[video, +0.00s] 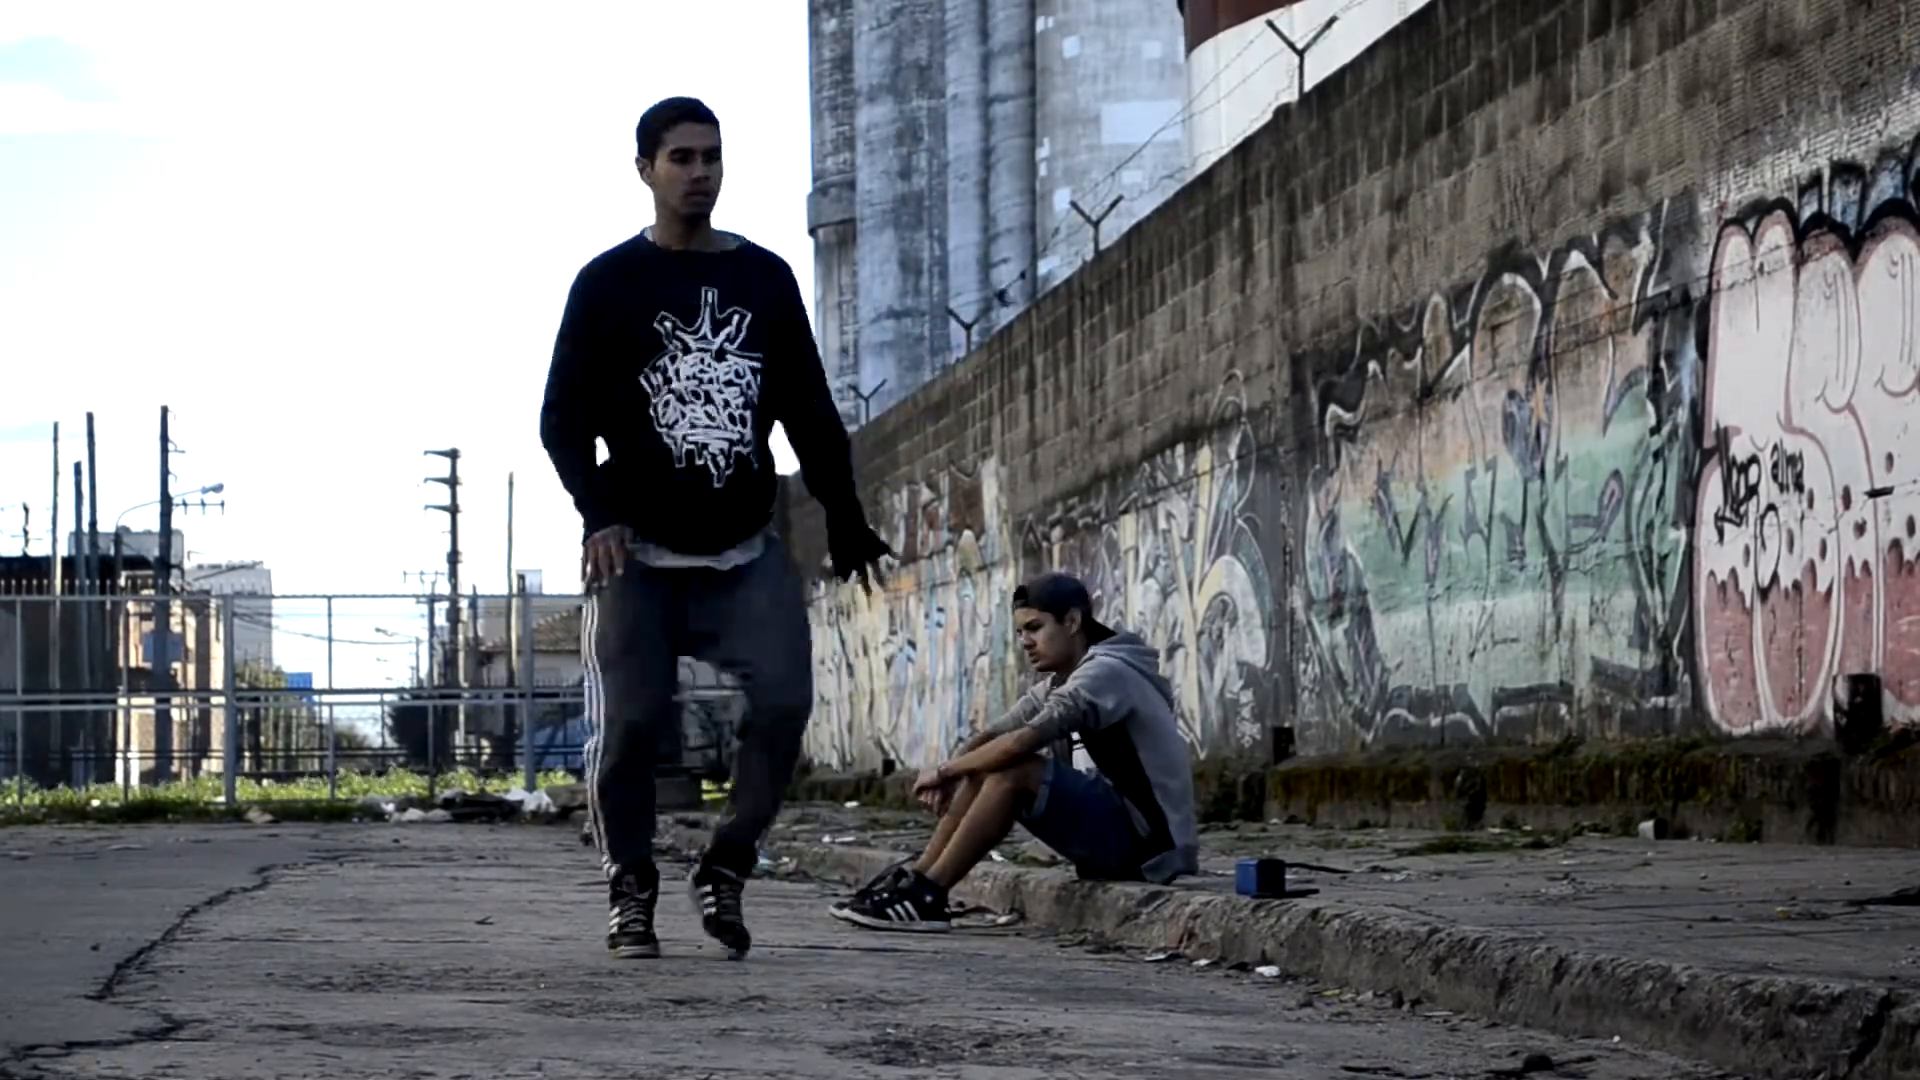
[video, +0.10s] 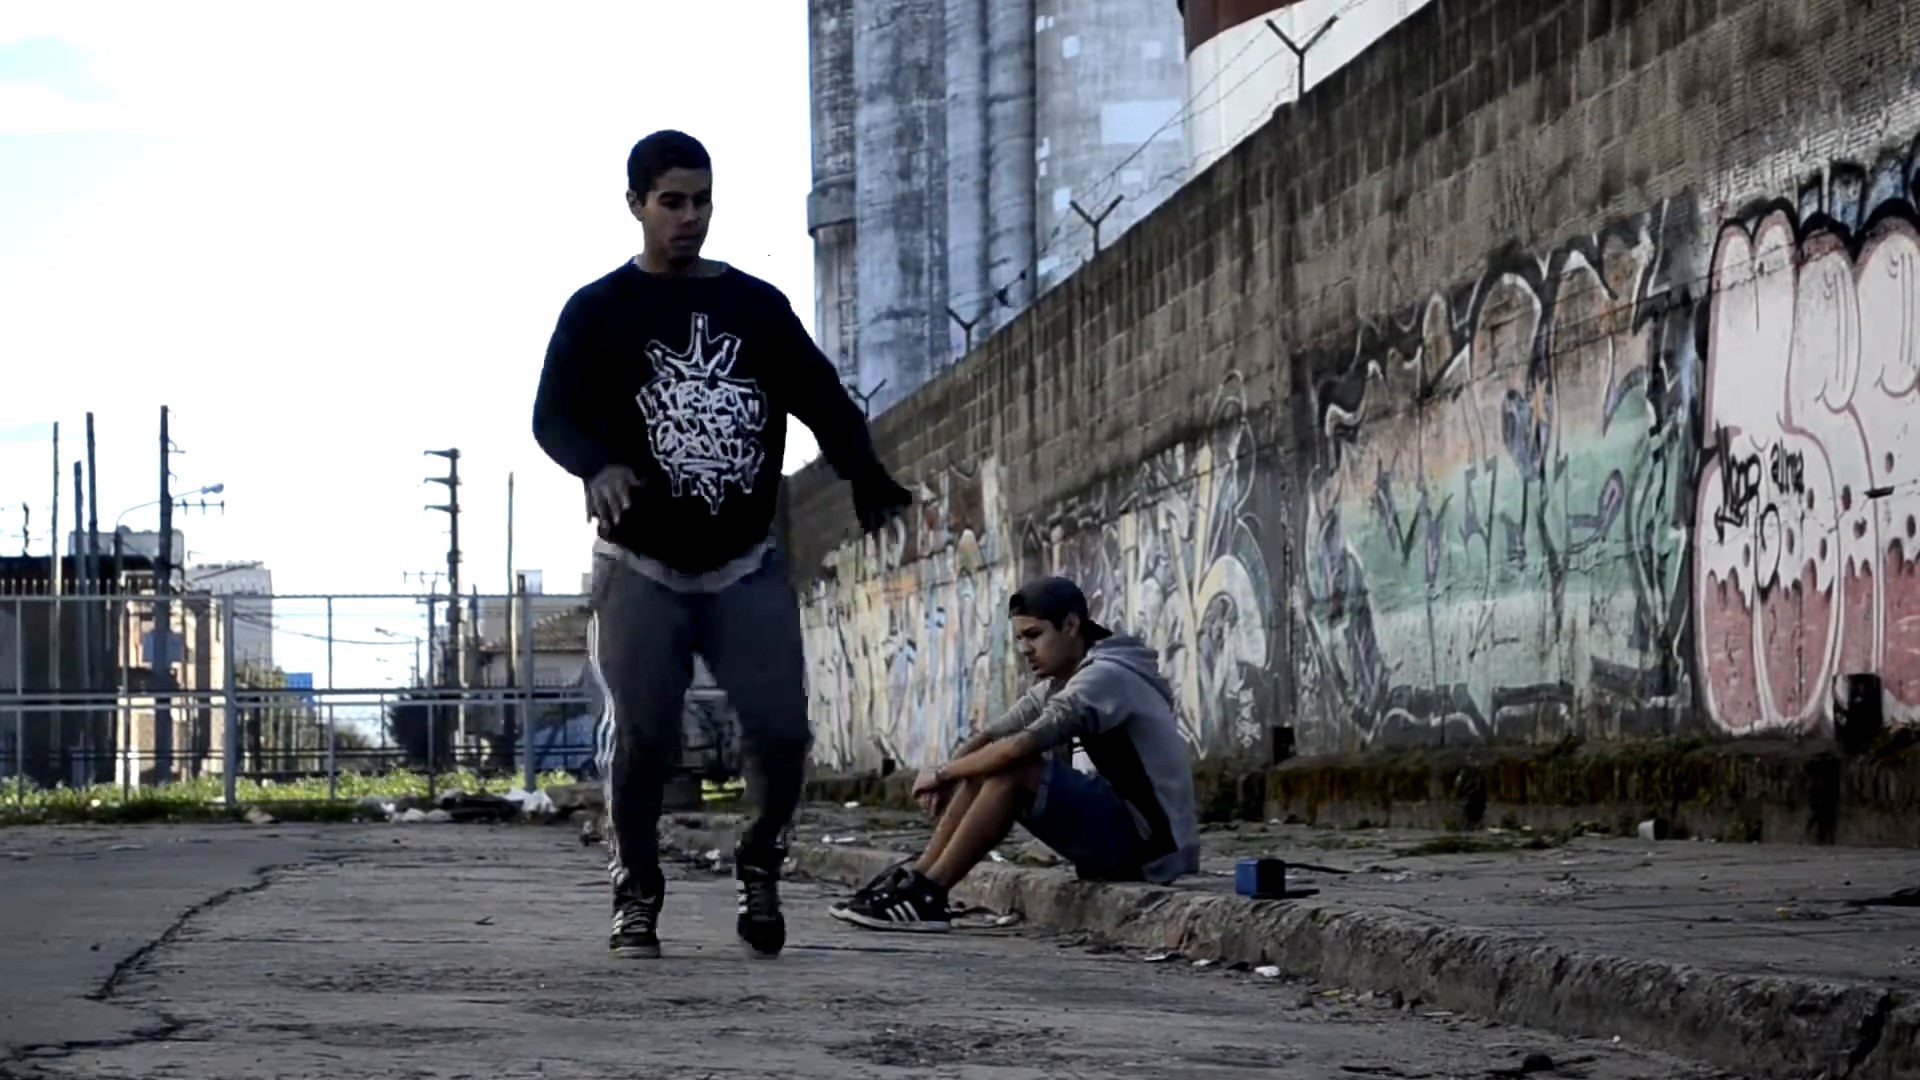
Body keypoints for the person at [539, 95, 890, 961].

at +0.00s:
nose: (700, 172)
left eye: (711, 157)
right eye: (682, 158)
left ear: (724, 170)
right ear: (647, 170)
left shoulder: (766, 278)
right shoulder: (606, 283)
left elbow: (809, 407)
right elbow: (562, 416)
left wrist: (845, 515)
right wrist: (595, 513)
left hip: (746, 546)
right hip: (638, 549)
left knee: (785, 700)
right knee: (632, 723)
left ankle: (727, 865)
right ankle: (631, 891)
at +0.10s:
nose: (690, 216)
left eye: (701, 201)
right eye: (673, 201)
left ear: (713, 206)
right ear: (637, 206)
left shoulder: (758, 308)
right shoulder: (596, 311)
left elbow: (823, 396)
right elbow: (553, 415)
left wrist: (865, 471)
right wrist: (594, 466)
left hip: (748, 566)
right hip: (639, 565)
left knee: (784, 736)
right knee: (642, 738)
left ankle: (762, 863)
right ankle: (637, 892)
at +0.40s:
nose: (694, 181)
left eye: (707, 167)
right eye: (677, 168)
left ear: (722, 177)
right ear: (647, 179)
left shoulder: (766, 274)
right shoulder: (606, 285)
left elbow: (813, 389)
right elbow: (534, 400)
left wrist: (767, 477)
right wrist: (549, 492)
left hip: (752, 526)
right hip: (647, 525)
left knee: (750, 706)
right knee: (662, 692)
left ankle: (699, 834)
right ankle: (686, 872)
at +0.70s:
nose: (699, 220)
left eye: (710, 208)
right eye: (681, 208)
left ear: (724, 225)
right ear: (648, 227)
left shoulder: (775, 320)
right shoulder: (618, 345)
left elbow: (813, 452)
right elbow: (578, 469)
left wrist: (832, 572)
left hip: (767, 571)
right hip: (668, 565)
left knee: (746, 757)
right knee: (693, 715)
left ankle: (695, 852)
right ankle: (704, 896)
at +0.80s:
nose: (728, 205)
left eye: (737, 193)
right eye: (709, 195)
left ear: (750, 213)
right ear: (673, 218)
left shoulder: (791, 324)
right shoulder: (631, 325)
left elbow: (802, 445)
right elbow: (612, 458)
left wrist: (802, 544)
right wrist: (702, 496)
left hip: (774, 563)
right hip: (672, 559)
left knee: (783, 730)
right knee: (686, 729)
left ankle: (735, 743)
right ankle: (702, 895)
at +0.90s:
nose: (763, 219)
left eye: (772, 207)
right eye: (745, 207)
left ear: (784, 223)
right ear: (709, 224)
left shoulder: (798, 338)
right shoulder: (667, 294)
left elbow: (811, 460)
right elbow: (613, 394)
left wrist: (837, 512)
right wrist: (725, 383)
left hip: (774, 539)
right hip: (673, 549)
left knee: (823, 654)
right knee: (700, 727)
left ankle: (820, 833)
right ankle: (705, 898)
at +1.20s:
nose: (776, 247)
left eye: (791, 234)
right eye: (759, 230)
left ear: (804, 248)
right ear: (729, 239)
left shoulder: (795, 368)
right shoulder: (674, 297)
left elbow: (785, 504)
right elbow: (565, 362)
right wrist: (638, 444)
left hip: (744, 571)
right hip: (640, 576)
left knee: (792, 709)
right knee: (670, 768)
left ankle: (823, 898)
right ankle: (701, 906)